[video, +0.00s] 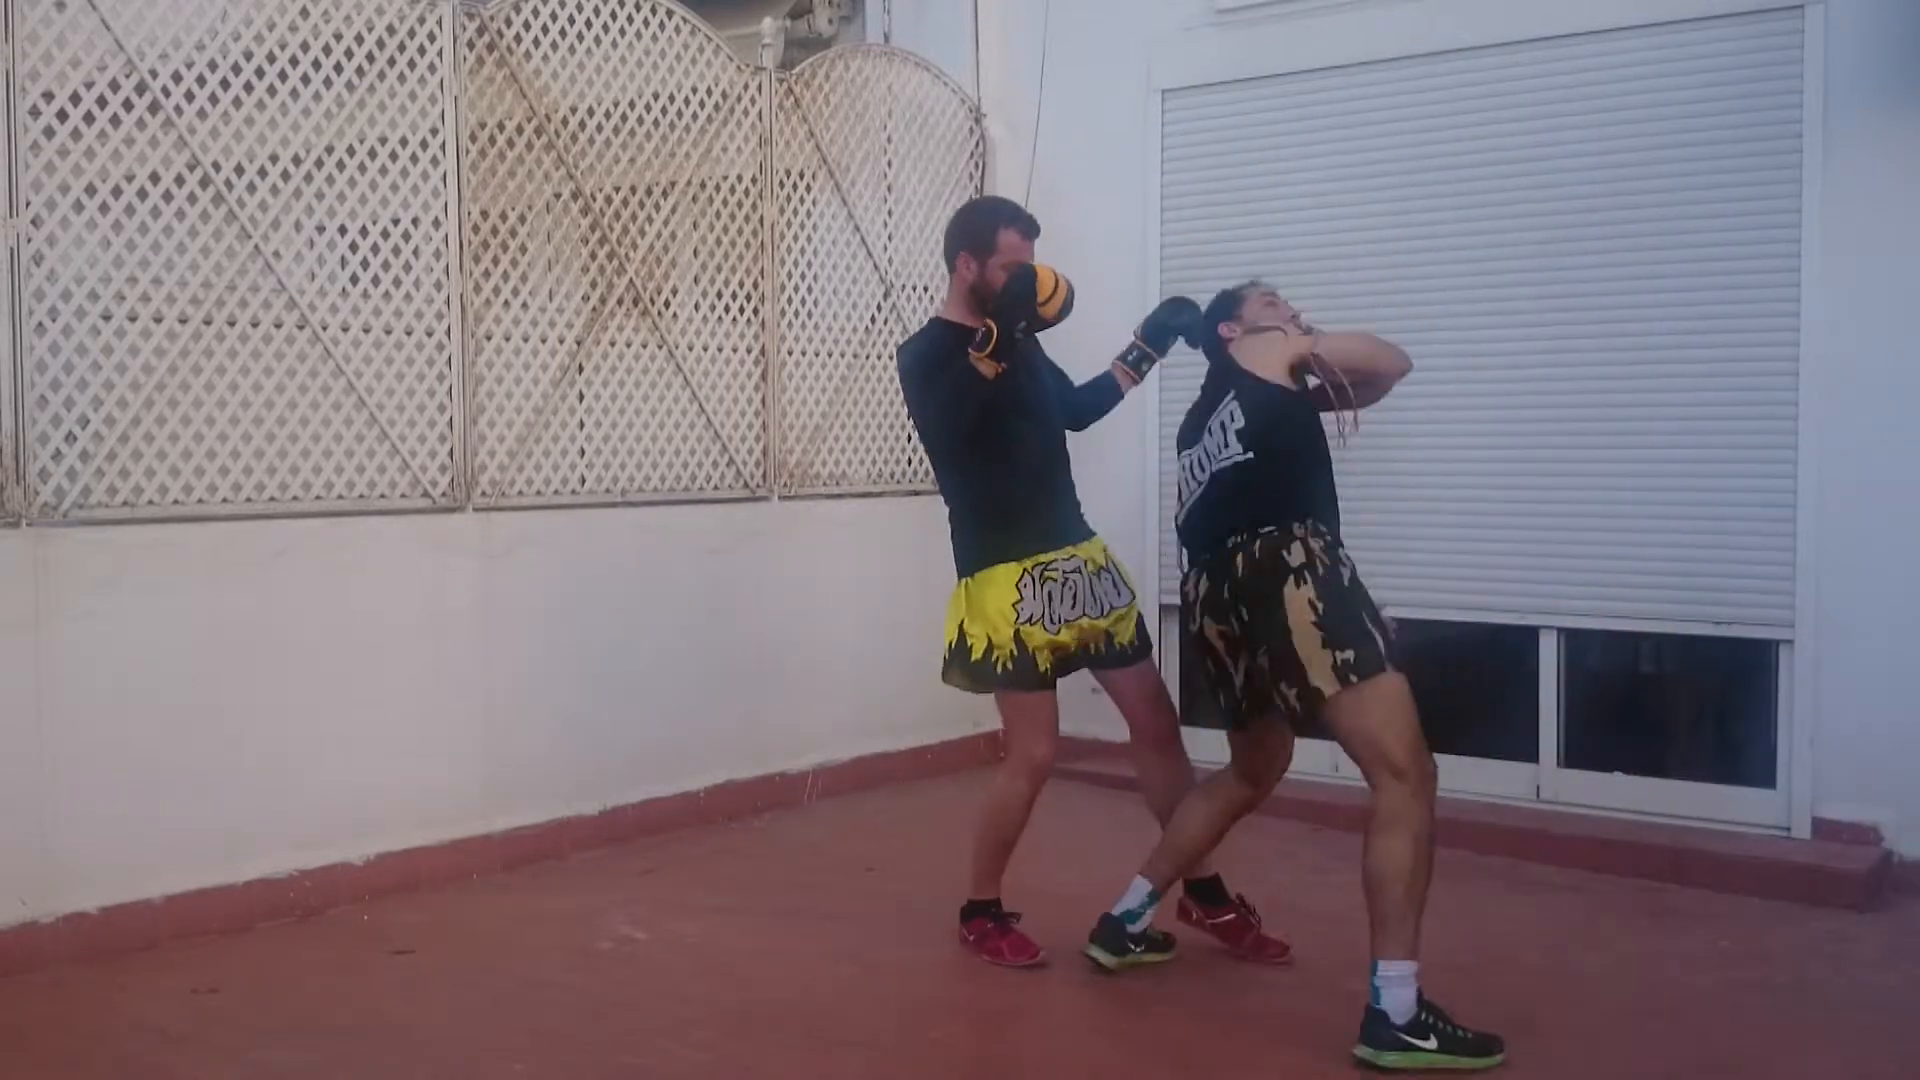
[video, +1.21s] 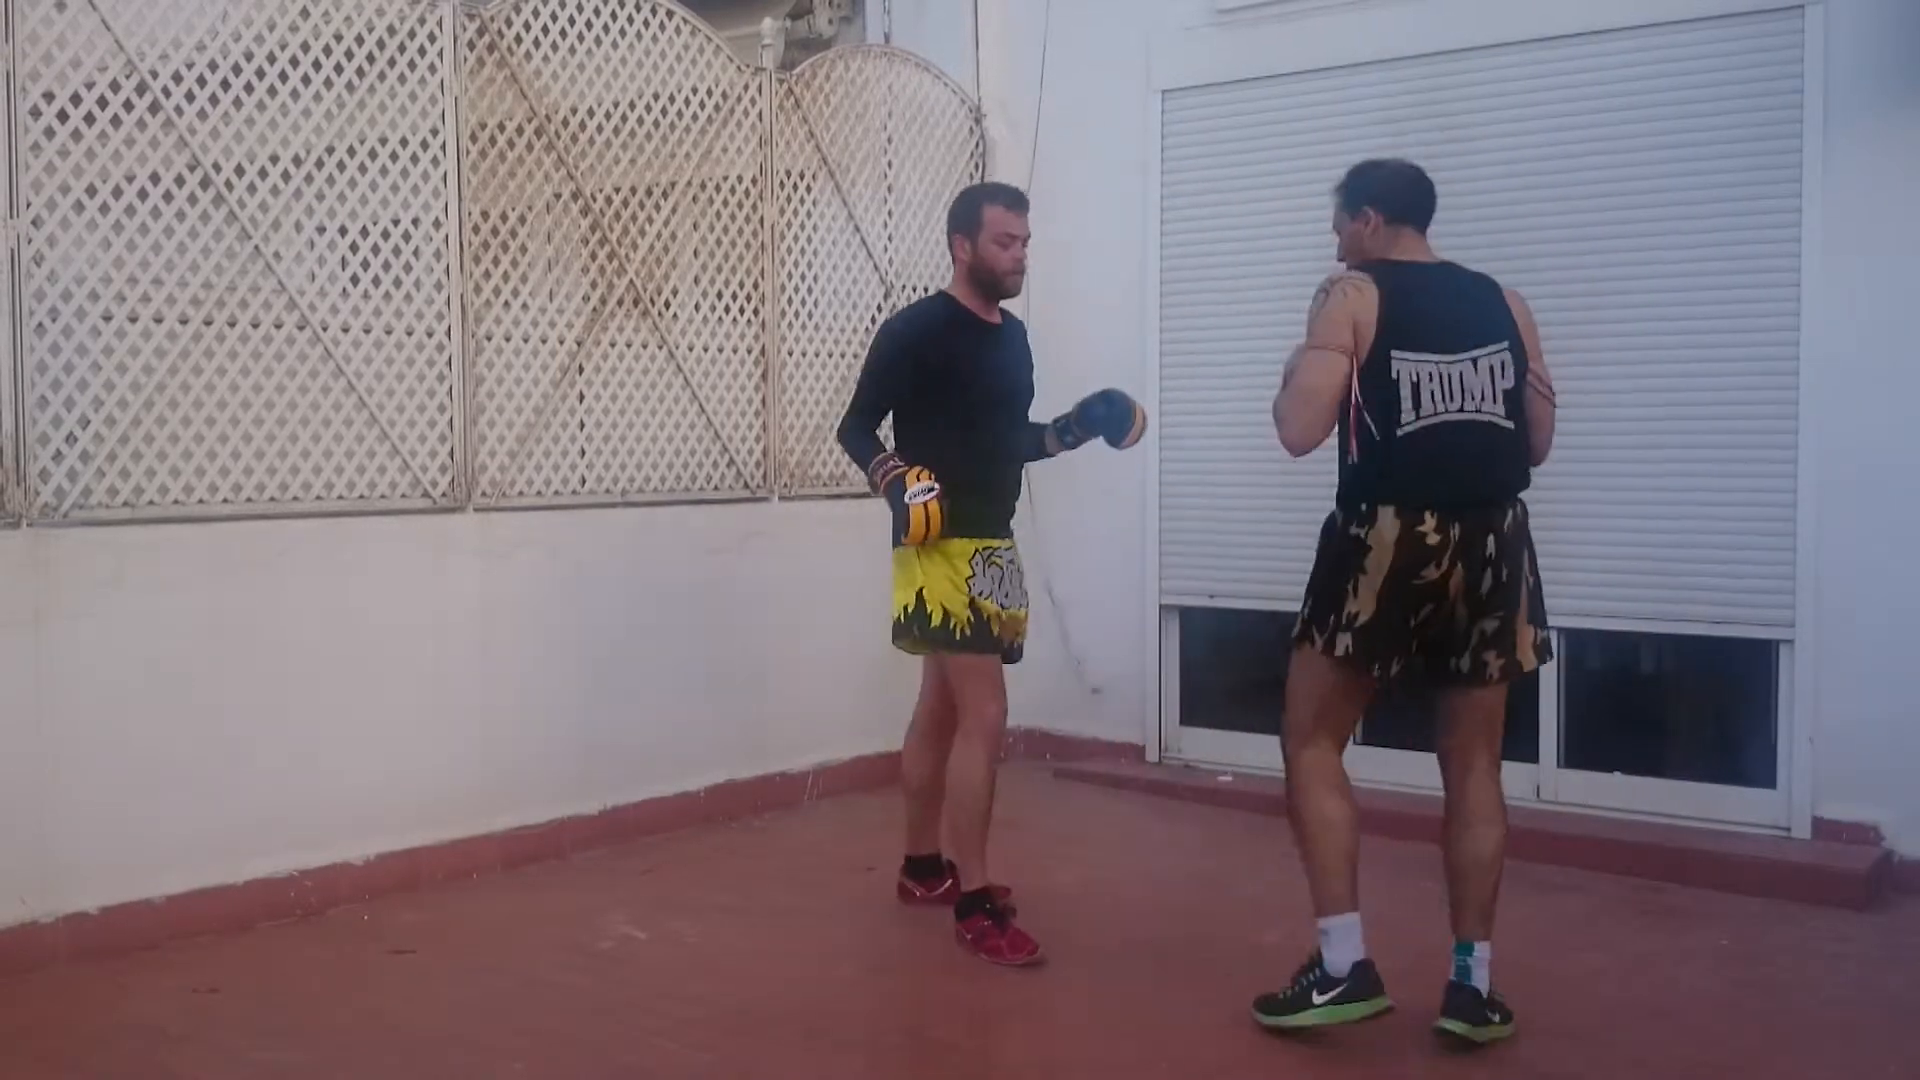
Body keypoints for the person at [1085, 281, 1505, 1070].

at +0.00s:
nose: (1294, 310)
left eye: (1289, 301)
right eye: (1276, 300)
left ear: (1223, 345)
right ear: (1232, 326)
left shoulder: (1198, 427)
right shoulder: (1263, 350)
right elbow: (1390, 361)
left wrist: (1316, 385)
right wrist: (1318, 361)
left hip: (1220, 593)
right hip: (1294, 572)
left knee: (1252, 769)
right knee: (1405, 774)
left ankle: (1123, 922)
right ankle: (1396, 1013)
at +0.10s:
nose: (1278, 291)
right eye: (1262, 283)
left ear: (1258, 306)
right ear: (1234, 290)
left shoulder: (1282, 409)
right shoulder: (1204, 325)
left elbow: (1372, 504)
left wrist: (1405, 421)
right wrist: (1309, 308)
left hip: (1218, 569)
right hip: (1254, 554)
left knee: (1242, 777)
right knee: (1361, 756)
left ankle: (1112, 918)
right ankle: (1321, 985)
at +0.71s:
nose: (1324, 287)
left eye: (1324, 269)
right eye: (1322, 264)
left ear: (1267, 269)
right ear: (1281, 264)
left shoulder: (1257, 349)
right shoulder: (1254, 303)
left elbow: (1305, 487)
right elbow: (1358, 253)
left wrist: (1357, 408)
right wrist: (1366, 303)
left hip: (1204, 547)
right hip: (1265, 539)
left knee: (1203, 744)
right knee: (1390, 725)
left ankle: (1108, 906)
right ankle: (1346, 948)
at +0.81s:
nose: (1349, 282)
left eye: (1347, 270)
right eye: (1344, 267)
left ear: (1273, 270)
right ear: (1314, 263)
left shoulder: (1212, 353)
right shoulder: (1296, 311)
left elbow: (1294, 423)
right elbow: (1415, 366)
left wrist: (1358, 381)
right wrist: (1354, 319)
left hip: (1218, 563)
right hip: (1311, 551)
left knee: (1200, 743)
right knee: (1413, 744)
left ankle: (1111, 906)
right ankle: (1439, 973)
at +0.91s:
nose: (1368, 288)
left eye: (1360, 277)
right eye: (1369, 276)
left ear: (1292, 278)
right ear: (1362, 275)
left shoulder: (1237, 345)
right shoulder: (1371, 331)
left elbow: (1220, 467)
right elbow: (1456, 457)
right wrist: (1420, 374)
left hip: (1255, 567)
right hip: (1363, 567)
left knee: (1207, 741)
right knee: (1438, 765)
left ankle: (1120, 908)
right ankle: (1453, 994)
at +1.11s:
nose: (1338, 272)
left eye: (1340, 258)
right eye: (1340, 259)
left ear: (1362, 256)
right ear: (1424, 262)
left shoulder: (1327, 329)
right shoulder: (1489, 343)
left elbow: (1256, 454)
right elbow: (1520, 483)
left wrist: (1312, 394)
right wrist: (1471, 413)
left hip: (1348, 570)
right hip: (1464, 577)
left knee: (1271, 749)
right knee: (1466, 782)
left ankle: (1236, 952)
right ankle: (1457, 994)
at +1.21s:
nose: (1338, 245)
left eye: (1340, 232)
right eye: (1338, 232)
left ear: (1366, 220)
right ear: (1423, 221)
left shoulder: (1354, 294)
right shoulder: (1505, 302)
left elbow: (1300, 429)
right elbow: (1537, 440)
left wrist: (1323, 339)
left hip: (1384, 544)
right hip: (1493, 549)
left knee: (1313, 742)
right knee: (1475, 767)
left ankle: (1342, 965)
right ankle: (1473, 984)